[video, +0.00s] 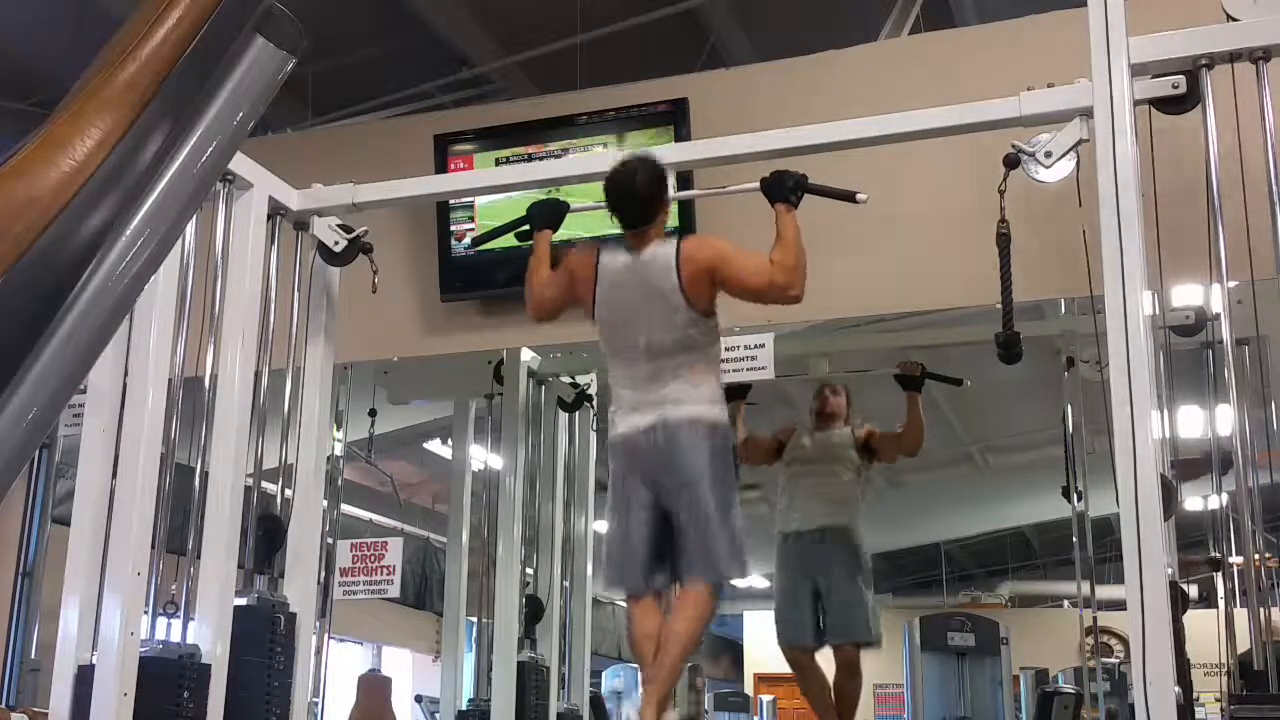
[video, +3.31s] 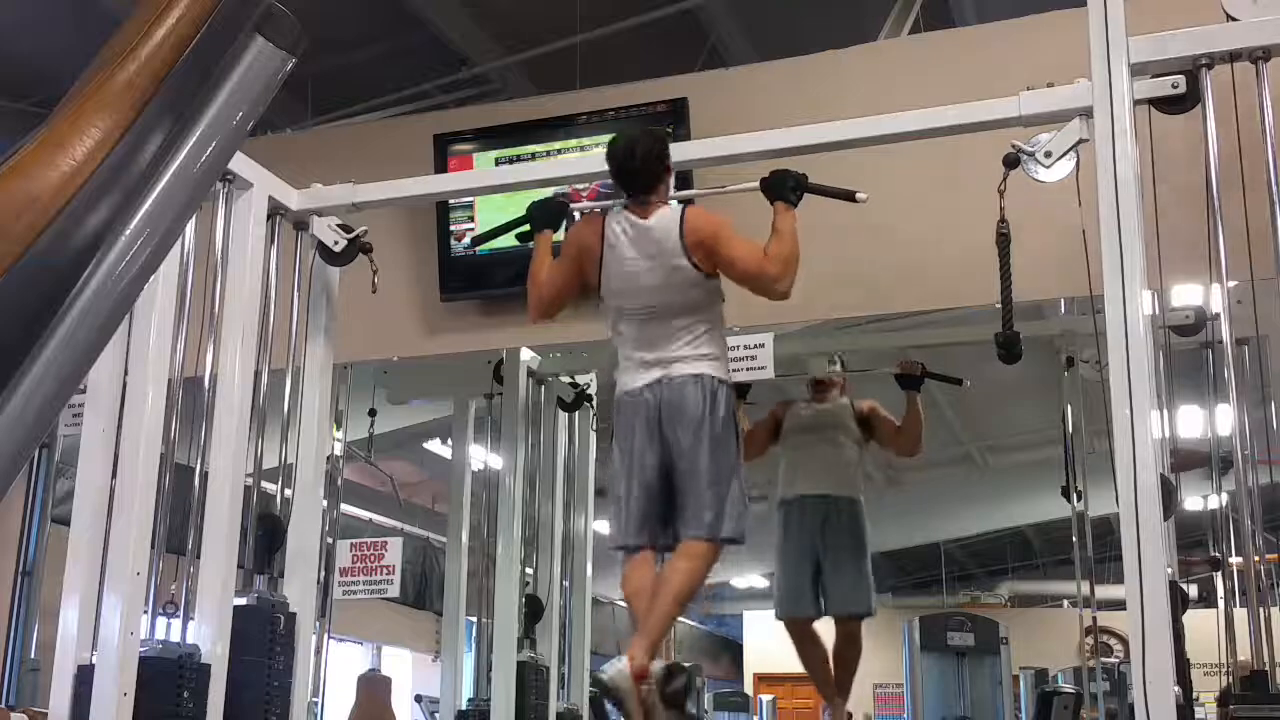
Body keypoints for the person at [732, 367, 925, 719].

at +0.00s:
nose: (826, 396)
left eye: (835, 393)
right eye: (821, 393)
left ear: (847, 408)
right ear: (812, 407)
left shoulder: (859, 437)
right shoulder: (792, 438)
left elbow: (909, 443)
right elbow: (744, 451)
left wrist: (913, 392)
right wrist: (736, 404)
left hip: (840, 546)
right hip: (792, 548)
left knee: (846, 650)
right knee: (795, 650)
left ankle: (845, 716)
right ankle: (831, 716)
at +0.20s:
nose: (830, 445)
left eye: (838, 441)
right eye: (825, 442)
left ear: (851, 454)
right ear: (815, 454)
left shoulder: (861, 482)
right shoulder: (791, 481)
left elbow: (907, 450)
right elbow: (740, 455)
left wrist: (912, 395)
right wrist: (736, 402)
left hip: (842, 591)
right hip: (791, 591)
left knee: (850, 697)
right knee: (789, 698)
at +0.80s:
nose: (826, 394)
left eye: (834, 391)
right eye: (820, 393)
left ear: (847, 405)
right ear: (812, 406)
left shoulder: (860, 432)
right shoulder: (792, 435)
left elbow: (909, 446)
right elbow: (741, 450)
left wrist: (912, 393)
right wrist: (736, 406)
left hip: (842, 533)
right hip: (793, 534)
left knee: (845, 637)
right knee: (785, 636)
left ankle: (832, 715)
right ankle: (822, 714)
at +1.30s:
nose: (829, 428)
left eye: (837, 426)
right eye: (823, 426)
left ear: (848, 439)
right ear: (813, 440)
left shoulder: (861, 467)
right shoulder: (789, 468)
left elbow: (910, 448)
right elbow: (738, 454)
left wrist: (912, 394)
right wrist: (737, 403)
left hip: (843, 577)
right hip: (791, 578)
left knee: (853, 682)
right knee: (790, 685)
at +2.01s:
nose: (822, 384)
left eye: (831, 378)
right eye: (816, 380)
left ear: (846, 390)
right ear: (809, 391)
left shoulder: (863, 421)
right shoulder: (789, 423)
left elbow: (909, 446)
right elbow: (741, 453)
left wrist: (912, 393)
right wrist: (737, 404)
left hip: (843, 523)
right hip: (794, 524)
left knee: (846, 628)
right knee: (789, 627)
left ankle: (832, 714)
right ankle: (825, 712)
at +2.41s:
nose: (826, 419)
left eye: (835, 415)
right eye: (820, 416)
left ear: (849, 429)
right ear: (813, 428)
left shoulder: (860, 457)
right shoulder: (791, 458)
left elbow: (910, 448)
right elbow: (741, 455)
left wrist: (912, 394)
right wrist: (735, 404)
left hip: (845, 568)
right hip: (795, 569)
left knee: (857, 673)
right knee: (797, 677)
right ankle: (827, 715)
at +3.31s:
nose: (821, 379)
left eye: (829, 374)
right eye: (815, 374)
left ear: (844, 382)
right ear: (806, 380)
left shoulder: (861, 409)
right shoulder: (786, 410)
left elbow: (907, 444)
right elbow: (747, 451)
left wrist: (912, 393)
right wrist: (736, 404)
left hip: (844, 511)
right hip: (795, 511)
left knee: (848, 616)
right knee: (794, 615)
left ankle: (837, 709)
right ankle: (837, 706)